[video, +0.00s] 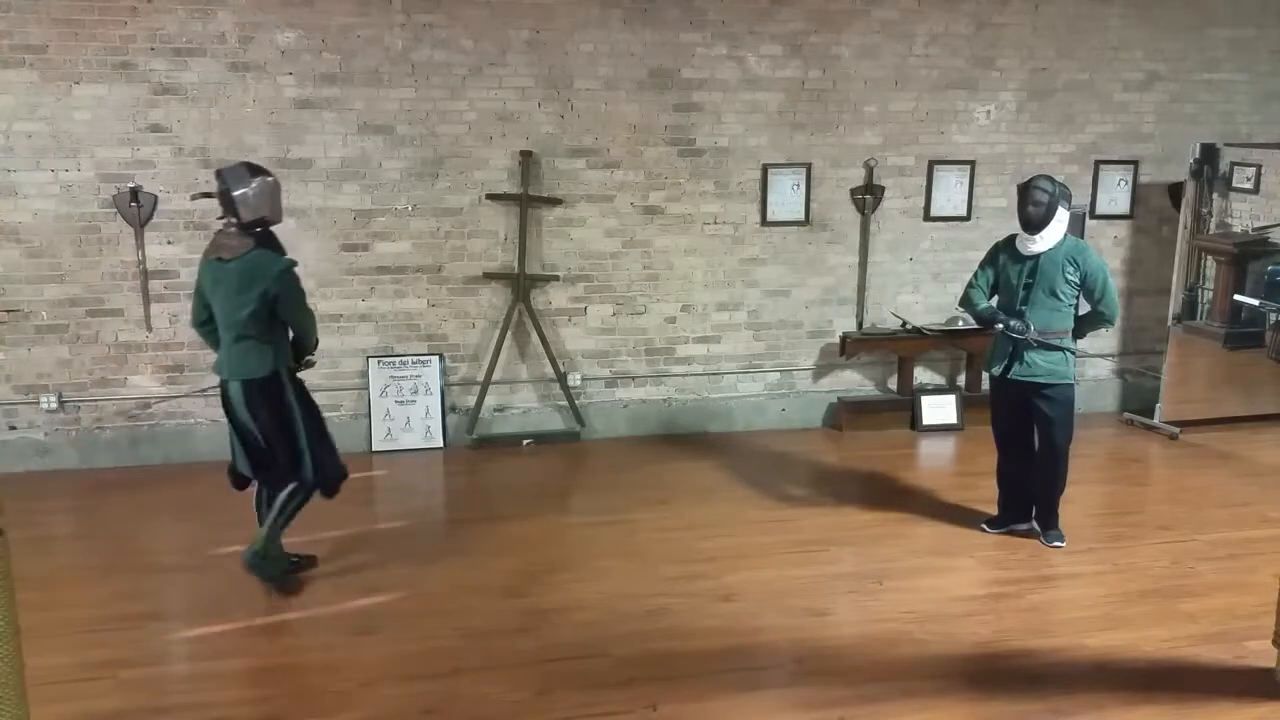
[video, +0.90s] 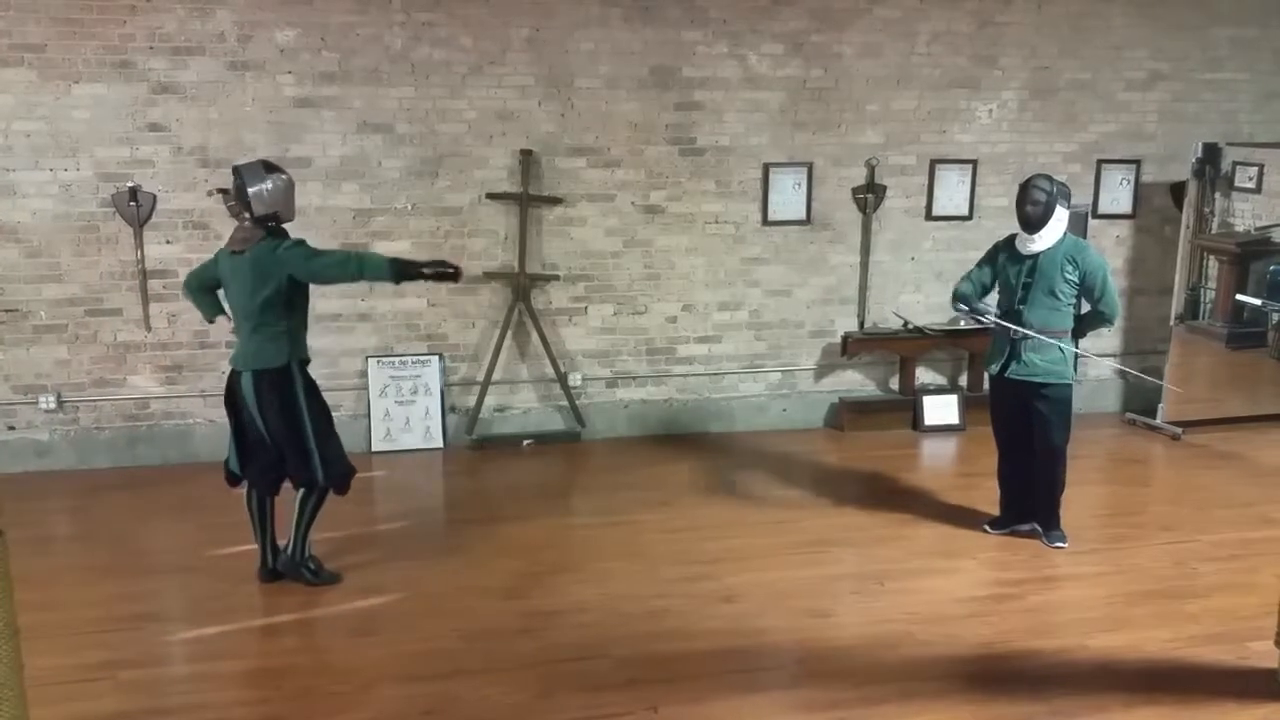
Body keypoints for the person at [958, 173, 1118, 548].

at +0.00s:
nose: (1028, 209)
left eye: (1037, 203)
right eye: (1024, 202)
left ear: (1058, 207)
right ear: (1019, 204)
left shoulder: (1079, 254)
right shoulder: (1004, 250)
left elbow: (1107, 312)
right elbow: (972, 296)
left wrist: (1068, 331)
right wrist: (999, 320)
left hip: (1052, 372)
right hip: (1006, 370)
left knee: (1053, 453)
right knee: (1011, 449)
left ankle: (1048, 522)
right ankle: (1013, 515)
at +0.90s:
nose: (1027, 210)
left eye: (1035, 203)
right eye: (1023, 202)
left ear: (1056, 207)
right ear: (1017, 203)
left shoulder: (1080, 254)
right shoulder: (1005, 249)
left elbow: (1108, 310)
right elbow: (963, 294)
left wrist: (1073, 329)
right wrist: (998, 316)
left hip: (1050, 372)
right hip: (1005, 369)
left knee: (1049, 452)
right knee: (1011, 449)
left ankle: (1049, 523)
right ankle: (1015, 515)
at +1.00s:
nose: (1027, 210)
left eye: (1036, 205)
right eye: (1023, 203)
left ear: (1056, 209)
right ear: (1017, 204)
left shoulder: (1079, 255)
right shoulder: (1007, 249)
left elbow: (1107, 312)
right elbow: (974, 273)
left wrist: (1069, 330)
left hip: (1050, 368)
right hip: (1004, 364)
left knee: (1048, 451)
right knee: (1010, 447)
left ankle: (1047, 521)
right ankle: (1013, 515)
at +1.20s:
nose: (1028, 212)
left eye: (1037, 205)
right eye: (1024, 204)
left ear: (1057, 208)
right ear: (1019, 205)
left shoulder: (1078, 256)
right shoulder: (1005, 248)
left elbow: (1105, 313)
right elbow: (956, 254)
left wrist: (1071, 331)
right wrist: (907, 245)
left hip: (1048, 366)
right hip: (1003, 363)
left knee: (1048, 449)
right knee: (1009, 445)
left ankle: (1047, 521)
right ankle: (1014, 514)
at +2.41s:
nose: (1004, 219)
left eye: (1011, 211)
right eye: (1001, 211)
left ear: (1035, 210)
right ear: (1000, 211)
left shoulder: (1068, 253)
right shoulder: (996, 253)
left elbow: (1102, 308)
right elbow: (959, 288)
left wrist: (1067, 327)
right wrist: (920, 287)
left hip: (1046, 364)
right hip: (1002, 363)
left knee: (1048, 447)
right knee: (1007, 445)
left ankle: (1055, 524)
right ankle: (1012, 515)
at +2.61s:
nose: (1003, 217)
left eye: (1011, 209)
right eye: (1000, 209)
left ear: (1035, 210)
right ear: (999, 209)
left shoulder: (1064, 252)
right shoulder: (1001, 255)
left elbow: (1096, 310)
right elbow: (976, 300)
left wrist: (1067, 328)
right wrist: (937, 328)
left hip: (1043, 366)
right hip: (1004, 365)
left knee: (1052, 447)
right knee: (1009, 447)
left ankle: (1086, 519)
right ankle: (1013, 514)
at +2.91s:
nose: (1002, 219)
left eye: (1011, 211)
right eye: (1002, 211)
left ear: (1034, 216)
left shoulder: (1063, 260)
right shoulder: (1011, 263)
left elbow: (1091, 319)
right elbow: (1003, 317)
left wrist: (1068, 341)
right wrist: (993, 349)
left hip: (1053, 376)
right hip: (1014, 373)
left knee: (1068, 451)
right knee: (1002, 444)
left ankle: (1101, 525)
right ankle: (1013, 514)